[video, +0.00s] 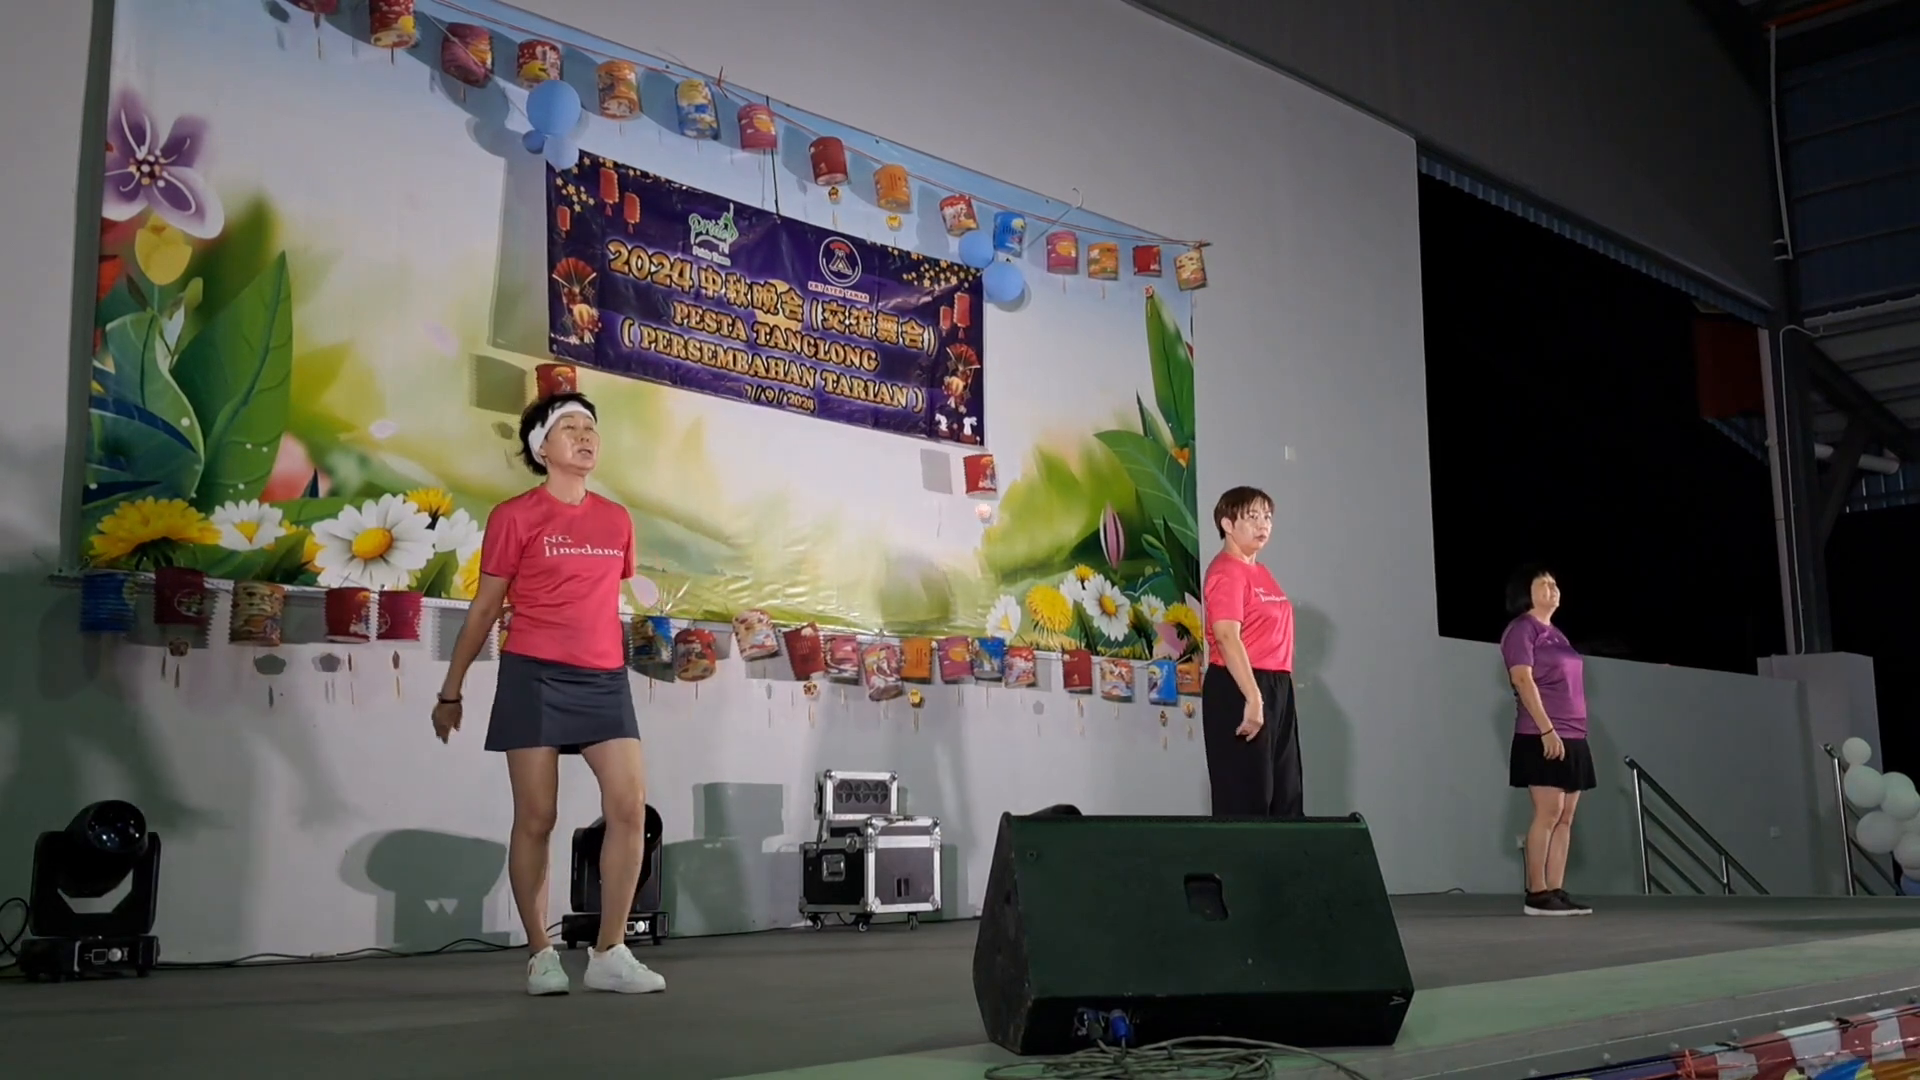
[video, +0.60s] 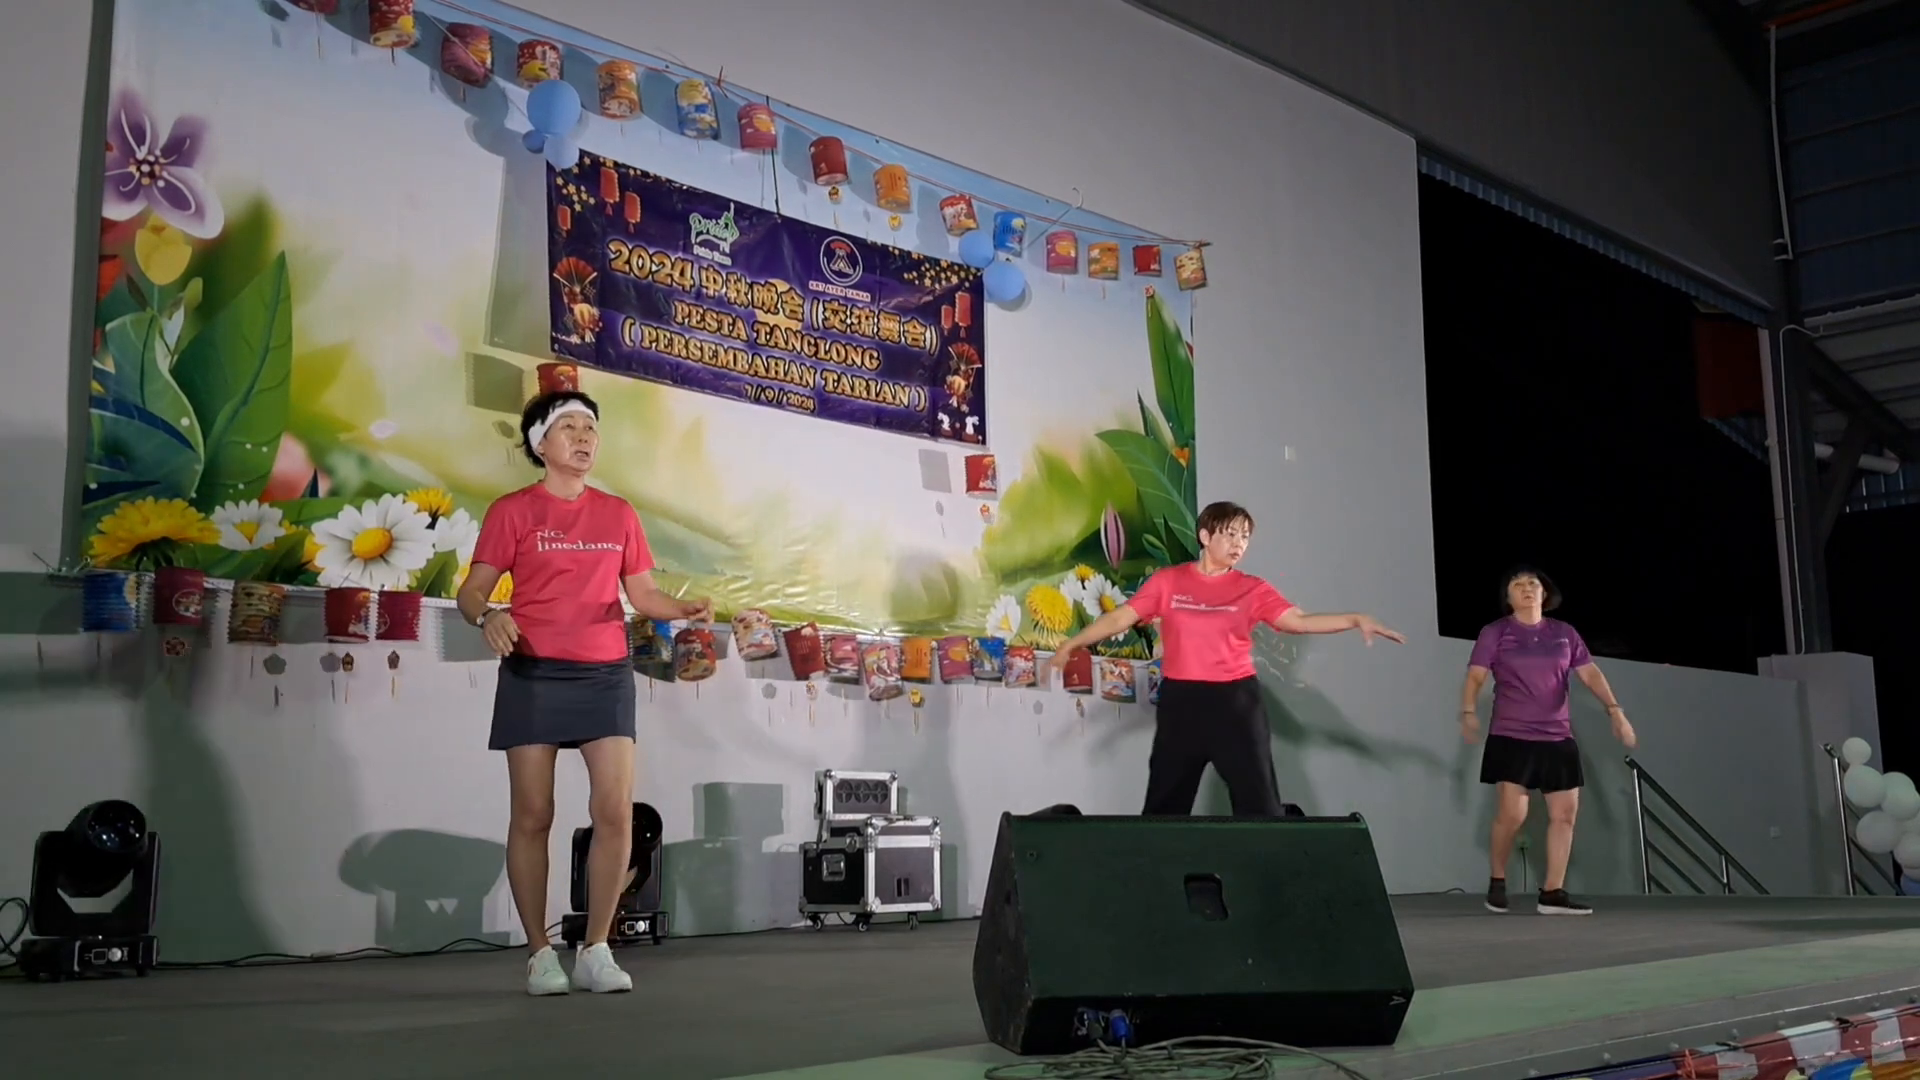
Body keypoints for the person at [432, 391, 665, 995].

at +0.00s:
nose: (585, 438)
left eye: (590, 430)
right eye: (570, 430)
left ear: (598, 446)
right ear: (541, 447)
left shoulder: (617, 520)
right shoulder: (514, 516)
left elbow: (617, 604)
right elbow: (485, 609)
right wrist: (451, 688)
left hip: (603, 679)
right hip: (532, 678)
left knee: (629, 806)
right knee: (536, 817)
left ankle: (610, 949)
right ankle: (541, 950)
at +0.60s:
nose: (583, 437)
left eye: (589, 428)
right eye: (568, 428)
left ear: (597, 441)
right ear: (539, 442)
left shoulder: (619, 514)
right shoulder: (512, 512)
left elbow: (643, 593)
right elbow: (471, 594)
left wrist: (680, 609)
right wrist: (488, 613)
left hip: (606, 677)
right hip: (533, 676)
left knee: (616, 812)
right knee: (532, 816)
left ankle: (597, 948)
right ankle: (541, 950)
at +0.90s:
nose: (592, 466)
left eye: (599, 455)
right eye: (580, 454)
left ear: (606, 461)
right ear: (546, 457)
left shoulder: (619, 526)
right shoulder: (507, 528)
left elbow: (645, 607)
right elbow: (484, 616)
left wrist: (667, 608)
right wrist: (438, 656)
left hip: (604, 684)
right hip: (530, 683)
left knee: (623, 809)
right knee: (531, 827)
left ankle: (594, 951)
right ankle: (512, 930)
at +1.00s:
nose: (584, 482)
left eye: (594, 472)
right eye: (572, 469)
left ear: (601, 478)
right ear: (544, 470)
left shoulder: (615, 539)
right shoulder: (504, 540)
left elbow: (634, 623)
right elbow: (477, 632)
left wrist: (627, 649)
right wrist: (427, 704)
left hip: (596, 697)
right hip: (519, 696)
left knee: (624, 811)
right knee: (510, 836)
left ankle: (593, 949)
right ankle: (503, 945)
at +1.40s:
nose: (602, 493)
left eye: (612, 484)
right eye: (591, 480)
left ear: (619, 491)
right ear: (562, 484)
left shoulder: (620, 550)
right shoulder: (518, 544)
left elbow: (653, 613)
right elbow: (490, 621)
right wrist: (457, 682)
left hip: (586, 709)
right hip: (511, 703)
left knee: (641, 808)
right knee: (507, 839)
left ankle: (635, 950)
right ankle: (506, 947)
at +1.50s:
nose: (623, 491)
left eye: (631, 481)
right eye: (611, 478)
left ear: (636, 487)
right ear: (578, 480)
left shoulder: (640, 548)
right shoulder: (531, 543)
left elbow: (706, 596)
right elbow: (492, 615)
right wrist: (448, 684)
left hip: (596, 708)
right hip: (520, 701)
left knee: (654, 809)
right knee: (514, 841)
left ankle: (638, 954)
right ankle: (506, 948)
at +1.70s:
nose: (683, 486)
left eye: (686, 476)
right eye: (673, 473)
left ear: (675, 481)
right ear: (637, 473)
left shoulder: (681, 545)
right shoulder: (579, 534)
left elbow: (740, 591)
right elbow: (519, 607)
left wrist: (795, 625)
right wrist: (498, 688)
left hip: (638, 704)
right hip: (568, 700)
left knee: (691, 812)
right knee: (551, 841)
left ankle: (643, 955)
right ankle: (505, 934)